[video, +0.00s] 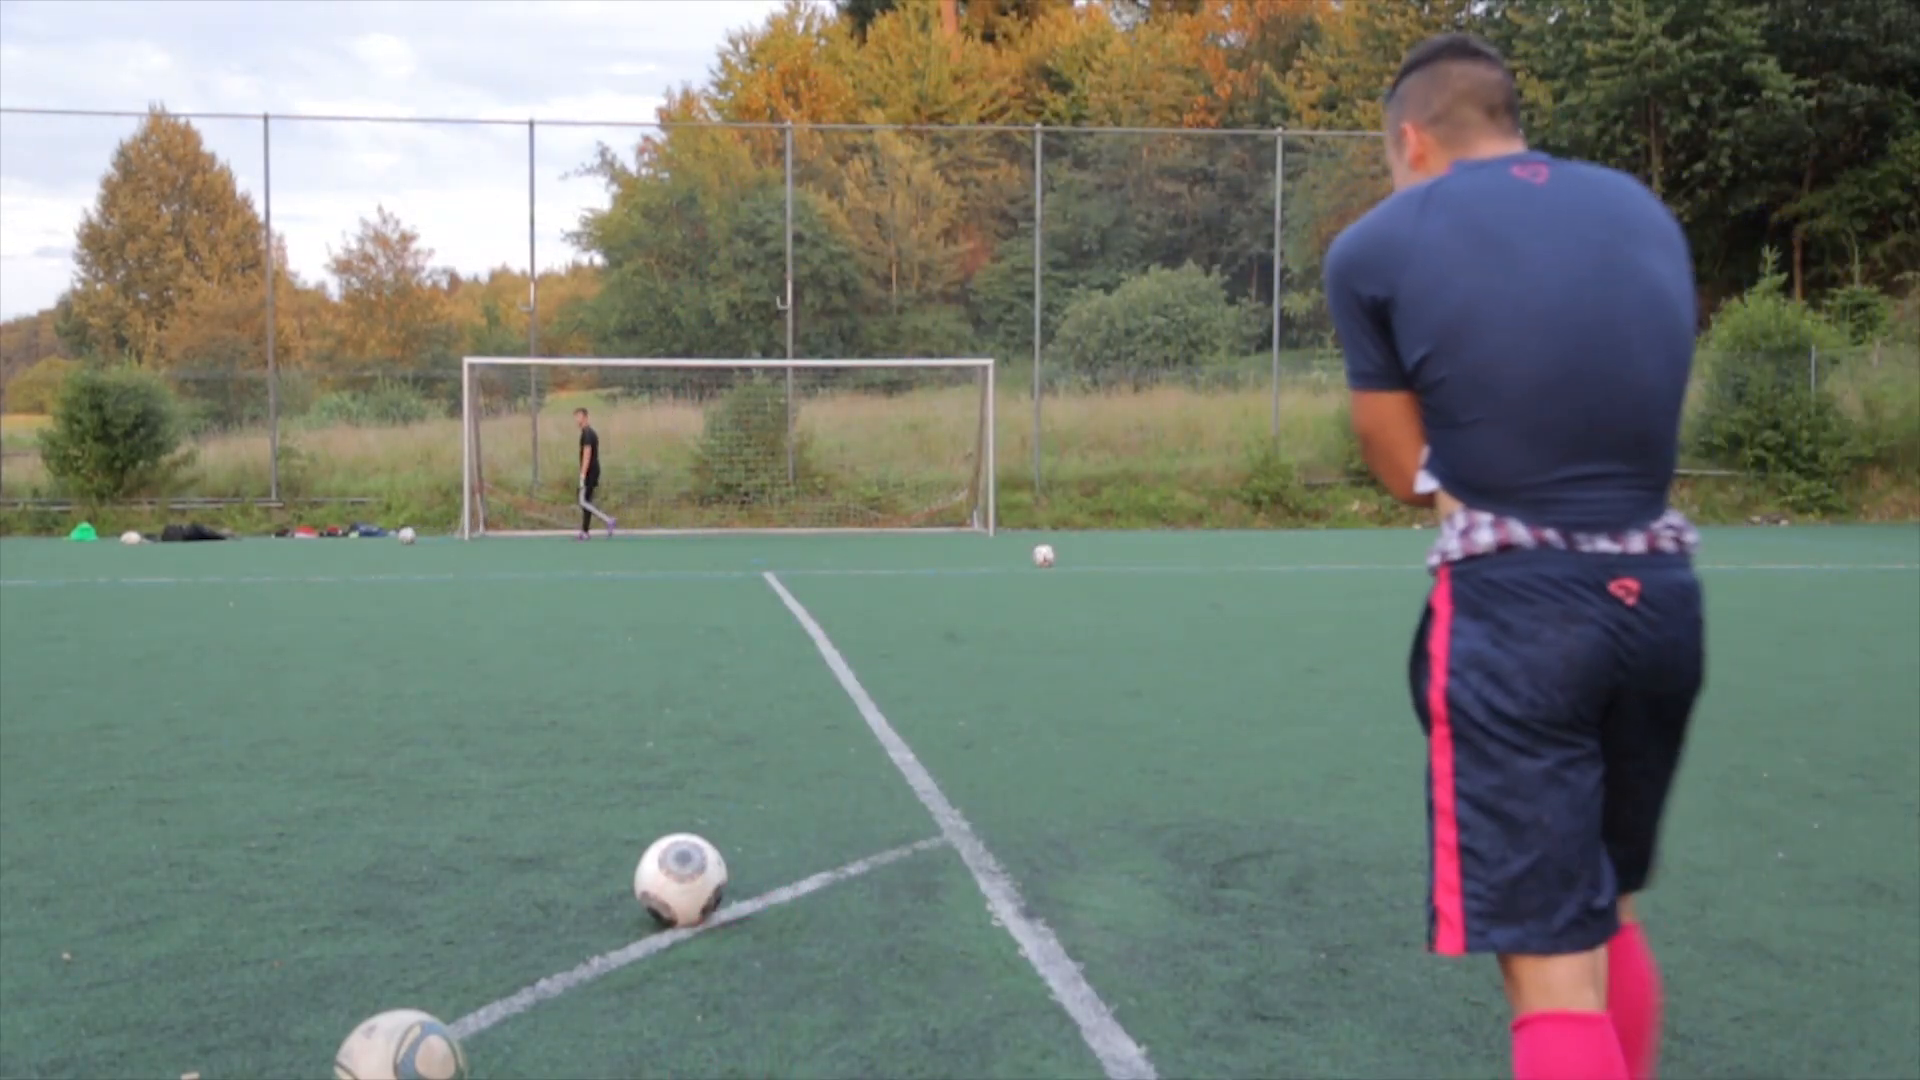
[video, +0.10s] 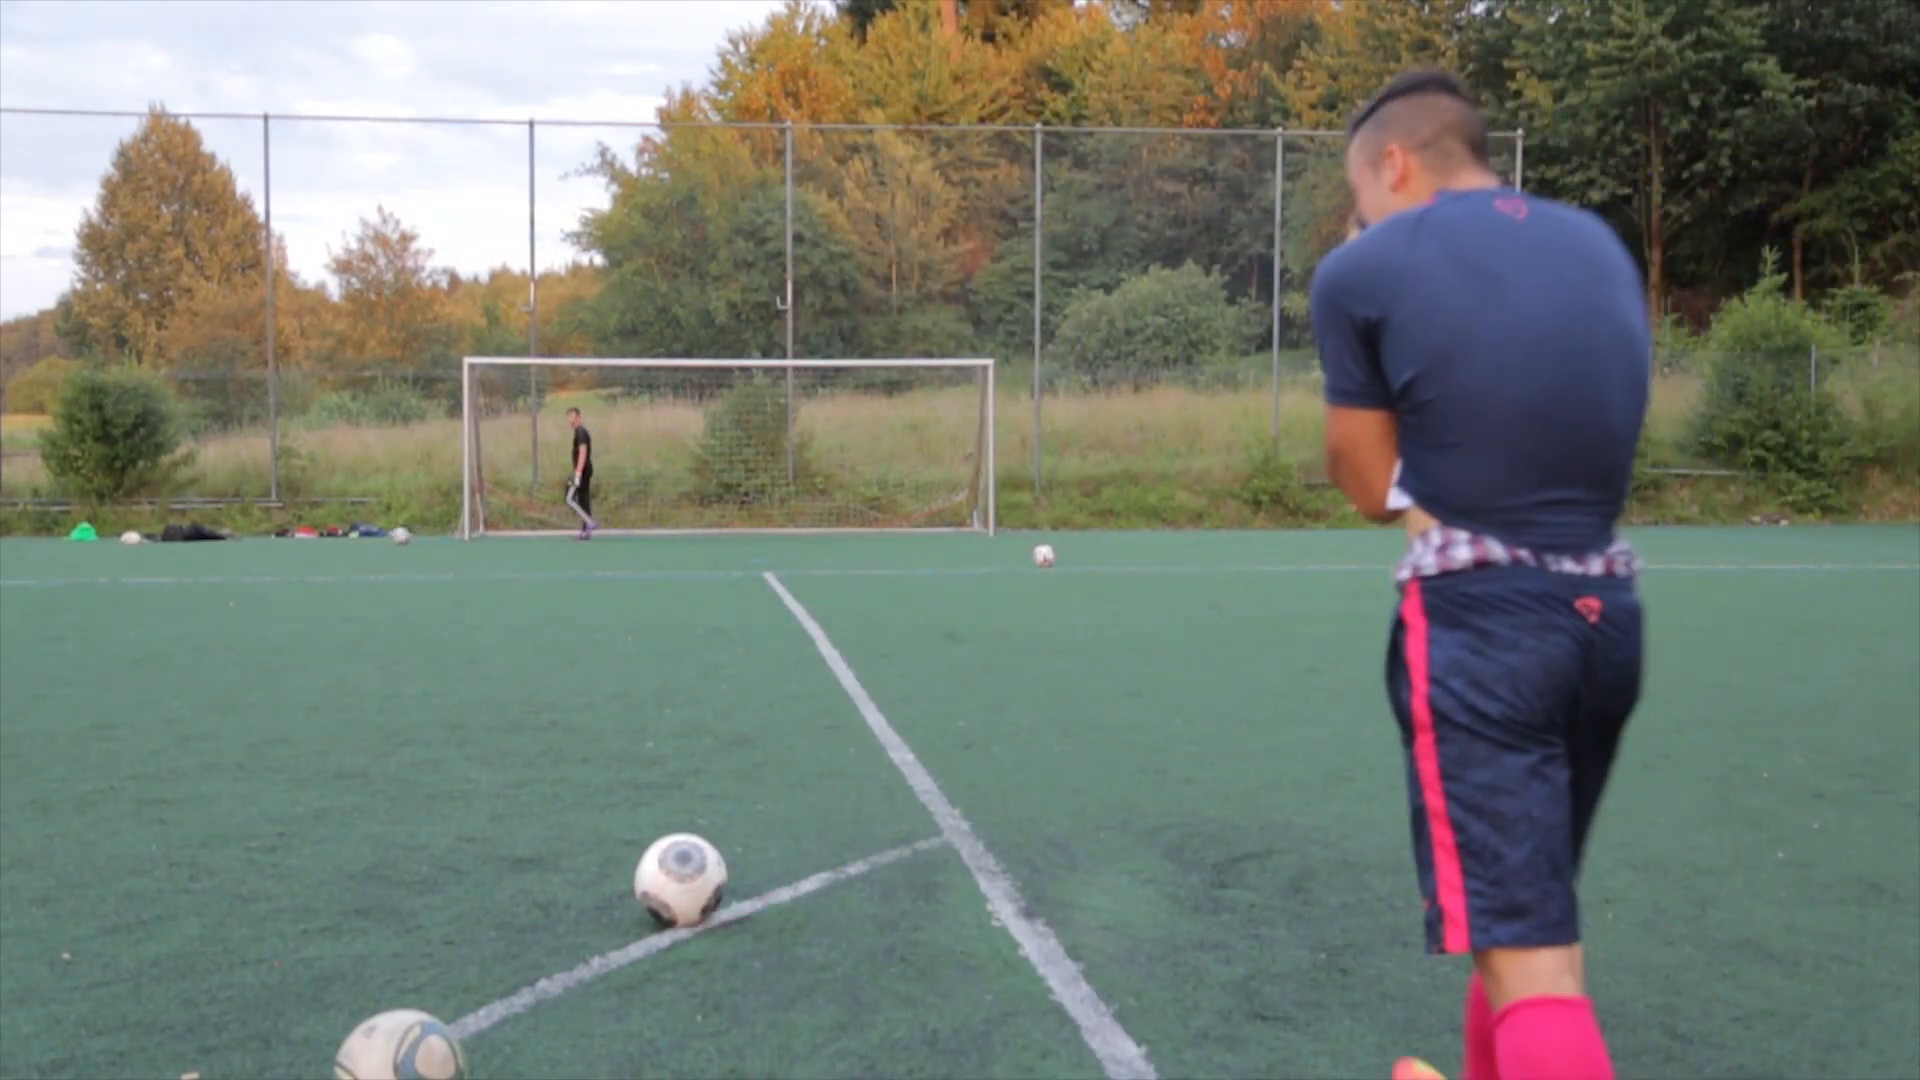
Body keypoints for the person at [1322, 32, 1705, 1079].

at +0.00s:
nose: (1394, 176)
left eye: (1391, 155)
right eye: (1394, 157)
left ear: (1414, 141)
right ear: (1513, 129)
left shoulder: (1377, 249)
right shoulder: (1642, 210)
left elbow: (1404, 469)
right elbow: (1646, 397)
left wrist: (1549, 436)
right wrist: (1476, 462)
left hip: (1512, 618)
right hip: (1660, 608)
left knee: (1552, 968)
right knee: (1613, 908)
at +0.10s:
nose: (1359, 224)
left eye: (1359, 195)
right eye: (1358, 199)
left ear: (1398, 166)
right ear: (1475, 161)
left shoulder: (1364, 271)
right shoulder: (1597, 242)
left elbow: (1370, 486)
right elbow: (1593, 425)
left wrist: (1498, 444)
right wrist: (1435, 477)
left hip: (1476, 628)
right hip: (1605, 623)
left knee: (1533, 957)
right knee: (1513, 927)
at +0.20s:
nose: (1330, 245)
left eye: (1331, 218)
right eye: (1326, 223)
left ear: (1379, 191)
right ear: (1428, 189)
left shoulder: (1366, 283)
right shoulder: (1539, 268)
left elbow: (1342, 492)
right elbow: (1505, 439)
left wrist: (1335, 339)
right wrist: (1363, 309)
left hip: (1442, 629)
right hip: (1549, 626)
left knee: (1440, 942)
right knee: (1471, 929)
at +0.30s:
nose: (1304, 232)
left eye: (1304, 209)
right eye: (1299, 212)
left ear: (1352, 185)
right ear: (1393, 186)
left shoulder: (1354, 273)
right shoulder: (1493, 266)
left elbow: (1321, 471)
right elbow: (1459, 436)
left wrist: (1313, 316)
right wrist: (1337, 303)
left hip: (1419, 602)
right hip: (1516, 605)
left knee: (1325, 892)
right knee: (1439, 890)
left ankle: (1462, 1069)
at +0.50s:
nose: (1240, 234)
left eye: (1242, 212)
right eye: (1234, 216)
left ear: (1289, 189)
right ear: (1322, 191)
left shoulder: (1295, 277)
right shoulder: (1414, 269)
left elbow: (1254, 461)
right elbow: (1368, 427)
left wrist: (1255, 304)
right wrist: (1270, 297)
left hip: (1335, 580)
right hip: (1439, 584)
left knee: (1231, 807)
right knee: (1421, 851)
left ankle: (1305, 1055)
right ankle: (1446, 1071)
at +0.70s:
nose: (1153, 279)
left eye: (1154, 260)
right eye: (1148, 262)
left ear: (1195, 243)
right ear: (1243, 237)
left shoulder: (1182, 333)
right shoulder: (1333, 303)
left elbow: (1176, 496)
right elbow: (1324, 443)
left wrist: (1161, 364)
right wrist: (1200, 341)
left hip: (1253, 605)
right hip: (1361, 596)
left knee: (1219, 822)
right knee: (1355, 834)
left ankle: (1214, 1027)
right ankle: (1422, 1056)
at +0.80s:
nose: (1125, 277)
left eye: (1122, 261)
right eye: (1121, 262)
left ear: (1150, 243)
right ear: (1208, 231)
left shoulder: (1138, 330)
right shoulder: (1302, 296)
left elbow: (1150, 482)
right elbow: (1302, 431)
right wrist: (1176, 334)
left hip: (1218, 585)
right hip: (1318, 581)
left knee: (1184, 805)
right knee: (1299, 789)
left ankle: (1212, 1027)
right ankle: (1364, 959)